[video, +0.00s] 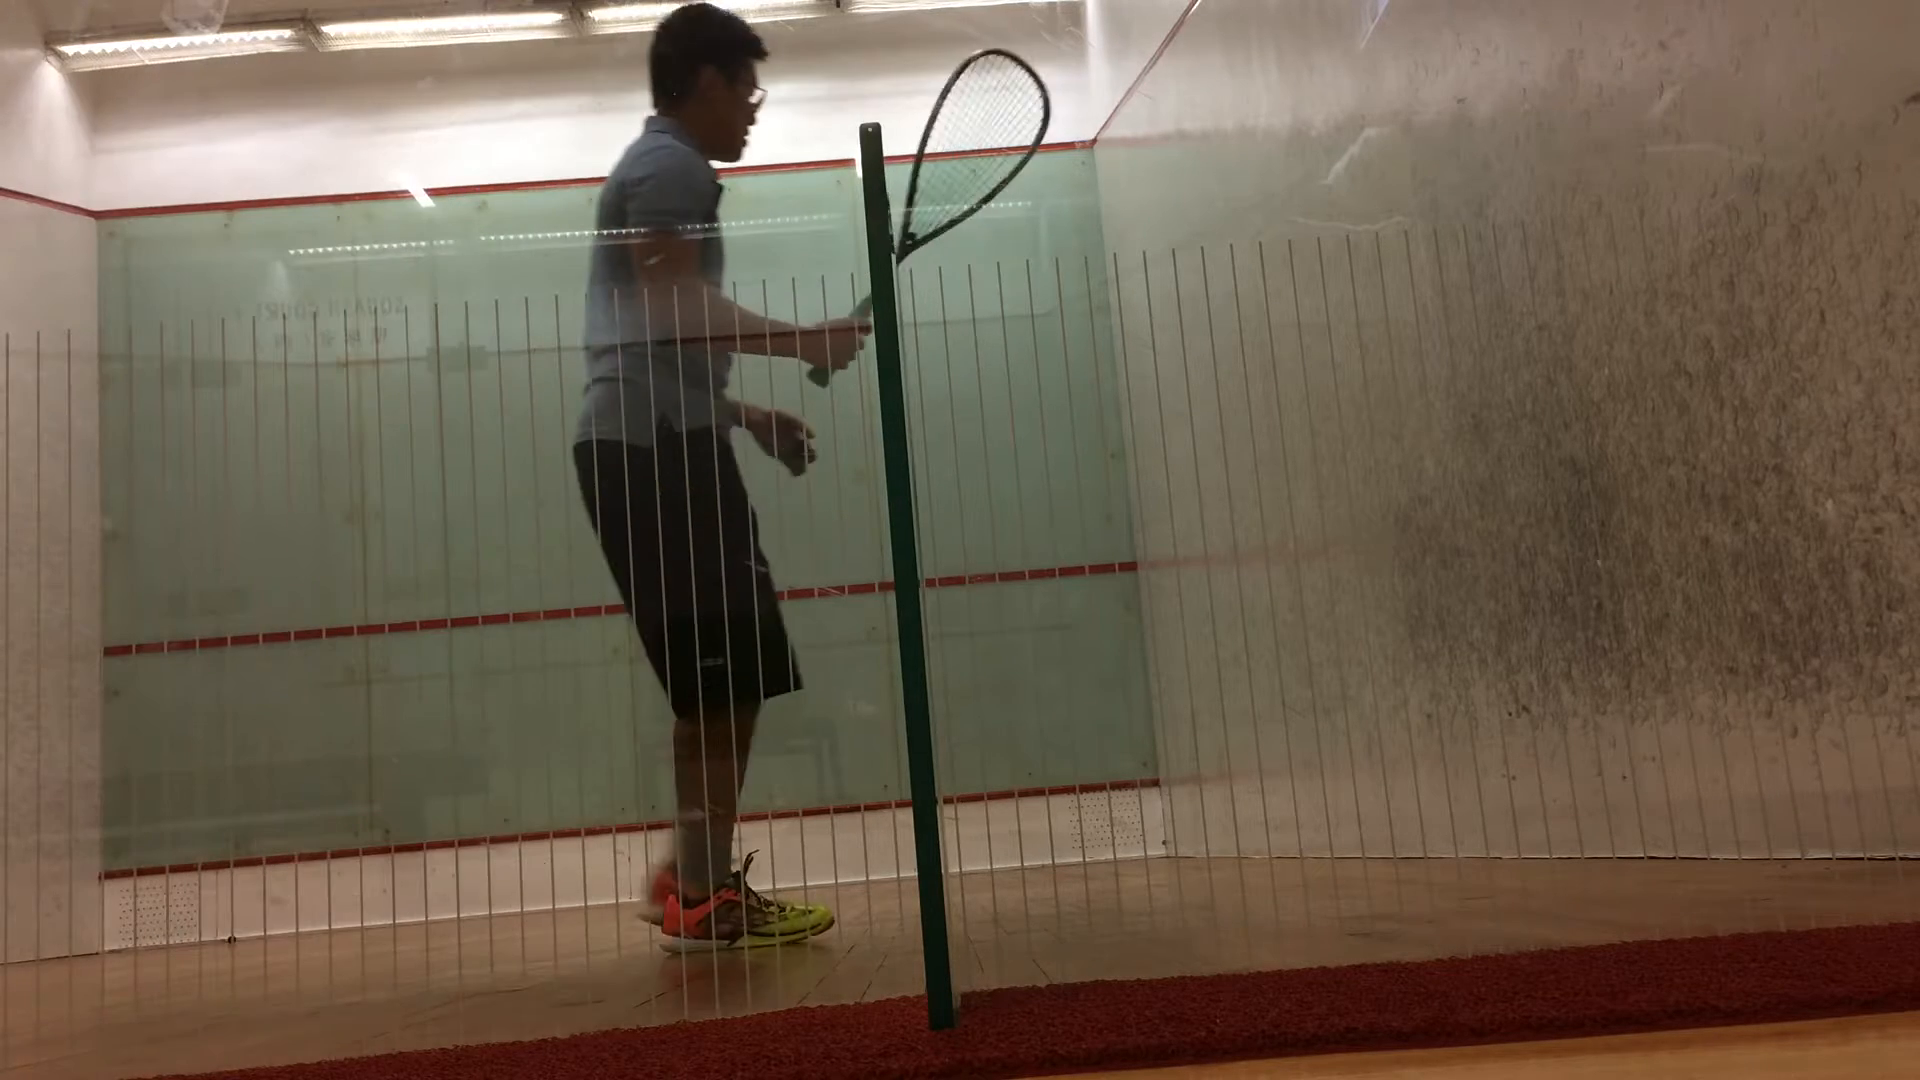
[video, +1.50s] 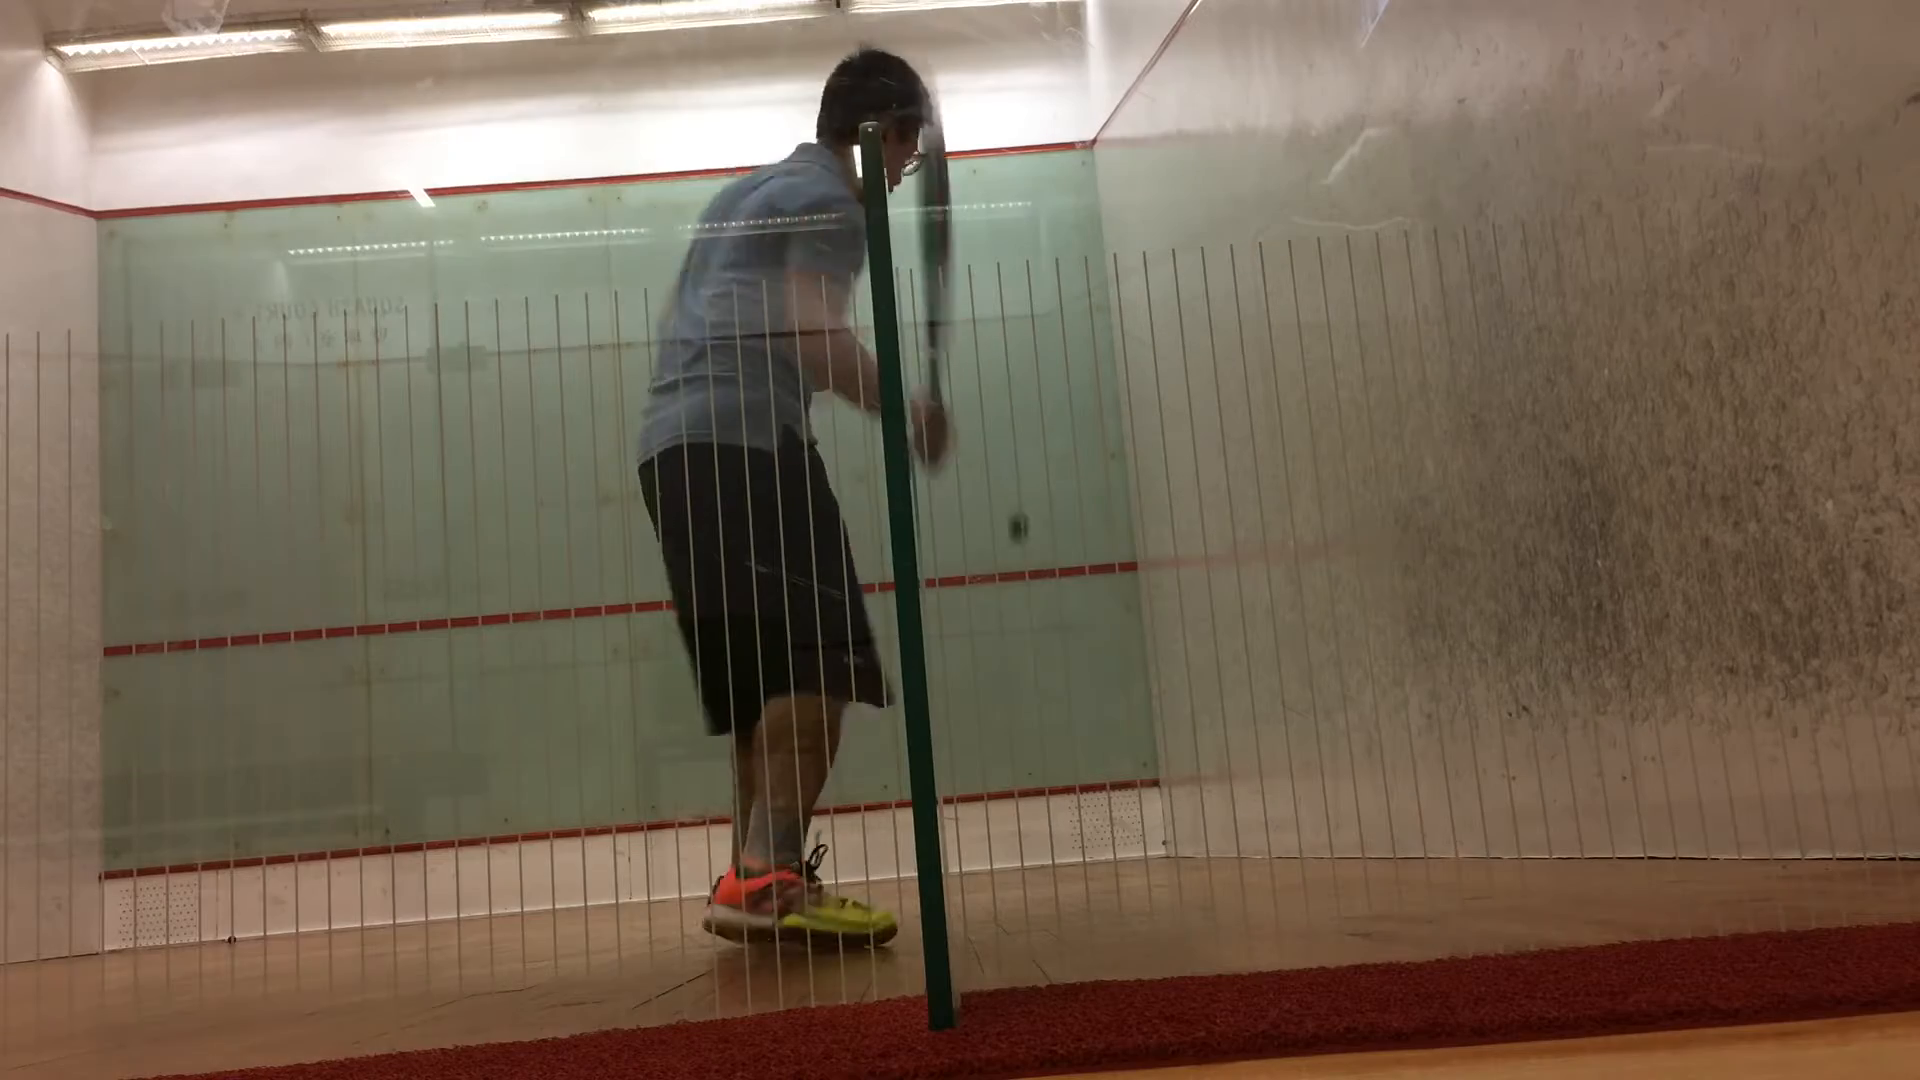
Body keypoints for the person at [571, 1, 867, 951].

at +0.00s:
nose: (757, 105)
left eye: (756, 86)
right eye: (745, 85)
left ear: (692, 87)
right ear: (702, 83)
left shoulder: (655, 177)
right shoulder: (668, 171)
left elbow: (658, 352)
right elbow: (673, 306)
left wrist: (751, 416)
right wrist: (798, 337)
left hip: (670, 448)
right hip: (648, 451)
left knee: (744, 657)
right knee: (719, 662)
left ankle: (690, 869)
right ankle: (706, 889)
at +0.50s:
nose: (856, 127)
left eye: (855, 109)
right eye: (845, 108)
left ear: (800, 110)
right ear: (798, 105)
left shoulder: (783, 213)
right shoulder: (745, 174)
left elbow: (784, 392)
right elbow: (717, 293)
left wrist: (896, 440)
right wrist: (850, 327)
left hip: (757, 448)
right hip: (718, 443)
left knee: (806, 650)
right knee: (787, 641)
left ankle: (774, 865)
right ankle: (754, 867)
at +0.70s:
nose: (873, 115)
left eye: (876, 98)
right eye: (866, 94)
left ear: (825, 87)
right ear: (822, 83)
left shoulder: (810, 201)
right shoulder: (749, 146)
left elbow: (809, 381)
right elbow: (673, 221)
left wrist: (937, 436)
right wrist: (809, 226)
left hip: (778, 436)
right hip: (723, 428)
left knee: (829, 649)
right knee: (783, 643)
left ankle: (772, 876)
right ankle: (749, 879)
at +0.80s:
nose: (875, 119)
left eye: (881, 102)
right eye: (867, 97)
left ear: (835, 88)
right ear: (813, 77)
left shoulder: (810, 201)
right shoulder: (744, 130)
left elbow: (835, 383)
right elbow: (636, 183)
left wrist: (966, 432)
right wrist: (742, 139)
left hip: (781, 428)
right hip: (719, 419)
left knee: (839, 652)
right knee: (778, 648)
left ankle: (785, 879)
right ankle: (749, 887)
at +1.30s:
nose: (921, 158)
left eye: (923, 141)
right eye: (916, 138)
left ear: (871, 131)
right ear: (871, 128)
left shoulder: (820, 213)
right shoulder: (774, 160)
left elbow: (816, 372)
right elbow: (678, 235)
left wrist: (954, 368)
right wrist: (788, 167)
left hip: (761, 433)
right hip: (715, 428)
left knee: (855, 652)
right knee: (841, 649)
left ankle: (775, 876)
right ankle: (756, 882)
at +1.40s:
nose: (917, 159)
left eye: (921, 141)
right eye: (912, 137)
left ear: (859, 130)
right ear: (870, 127)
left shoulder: (817, 219)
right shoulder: (807, 173)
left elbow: (781, 368)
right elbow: (735, 261)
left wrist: (885, 358)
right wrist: (841, 291)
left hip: (717, 443)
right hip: (728, 435)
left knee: (807, 664)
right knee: (849, 654)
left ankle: (756, 879)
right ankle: (766, 883)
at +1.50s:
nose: (908, 163)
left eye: (914, 147)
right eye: (907, 142)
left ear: (829, 123)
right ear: (871, 127)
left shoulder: (748, 193)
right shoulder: (826, 191)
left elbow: (769, 341)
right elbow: (811, 329)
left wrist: (878, 397)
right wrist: (904, 406)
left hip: (680, 445)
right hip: (744, 441)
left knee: (764, 662)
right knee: (828, 652)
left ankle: (754, 873)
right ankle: (773, 873)